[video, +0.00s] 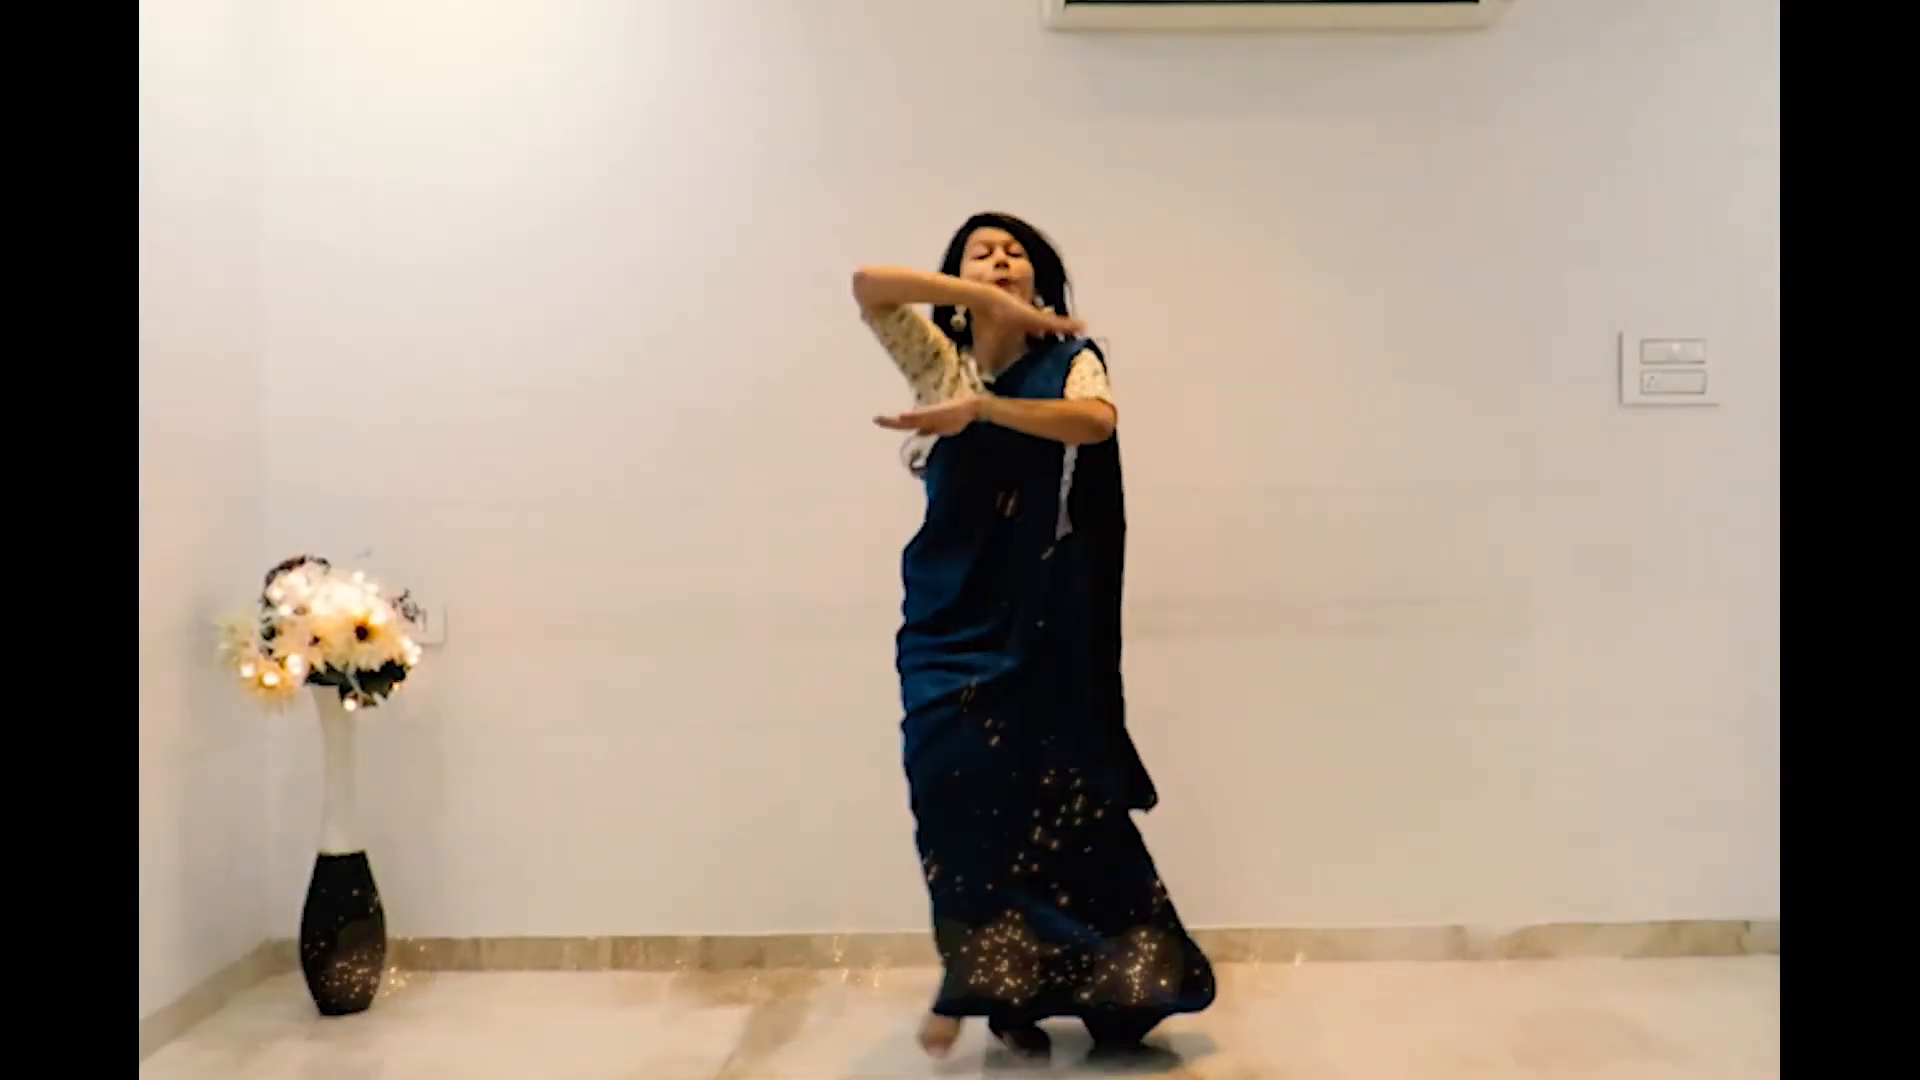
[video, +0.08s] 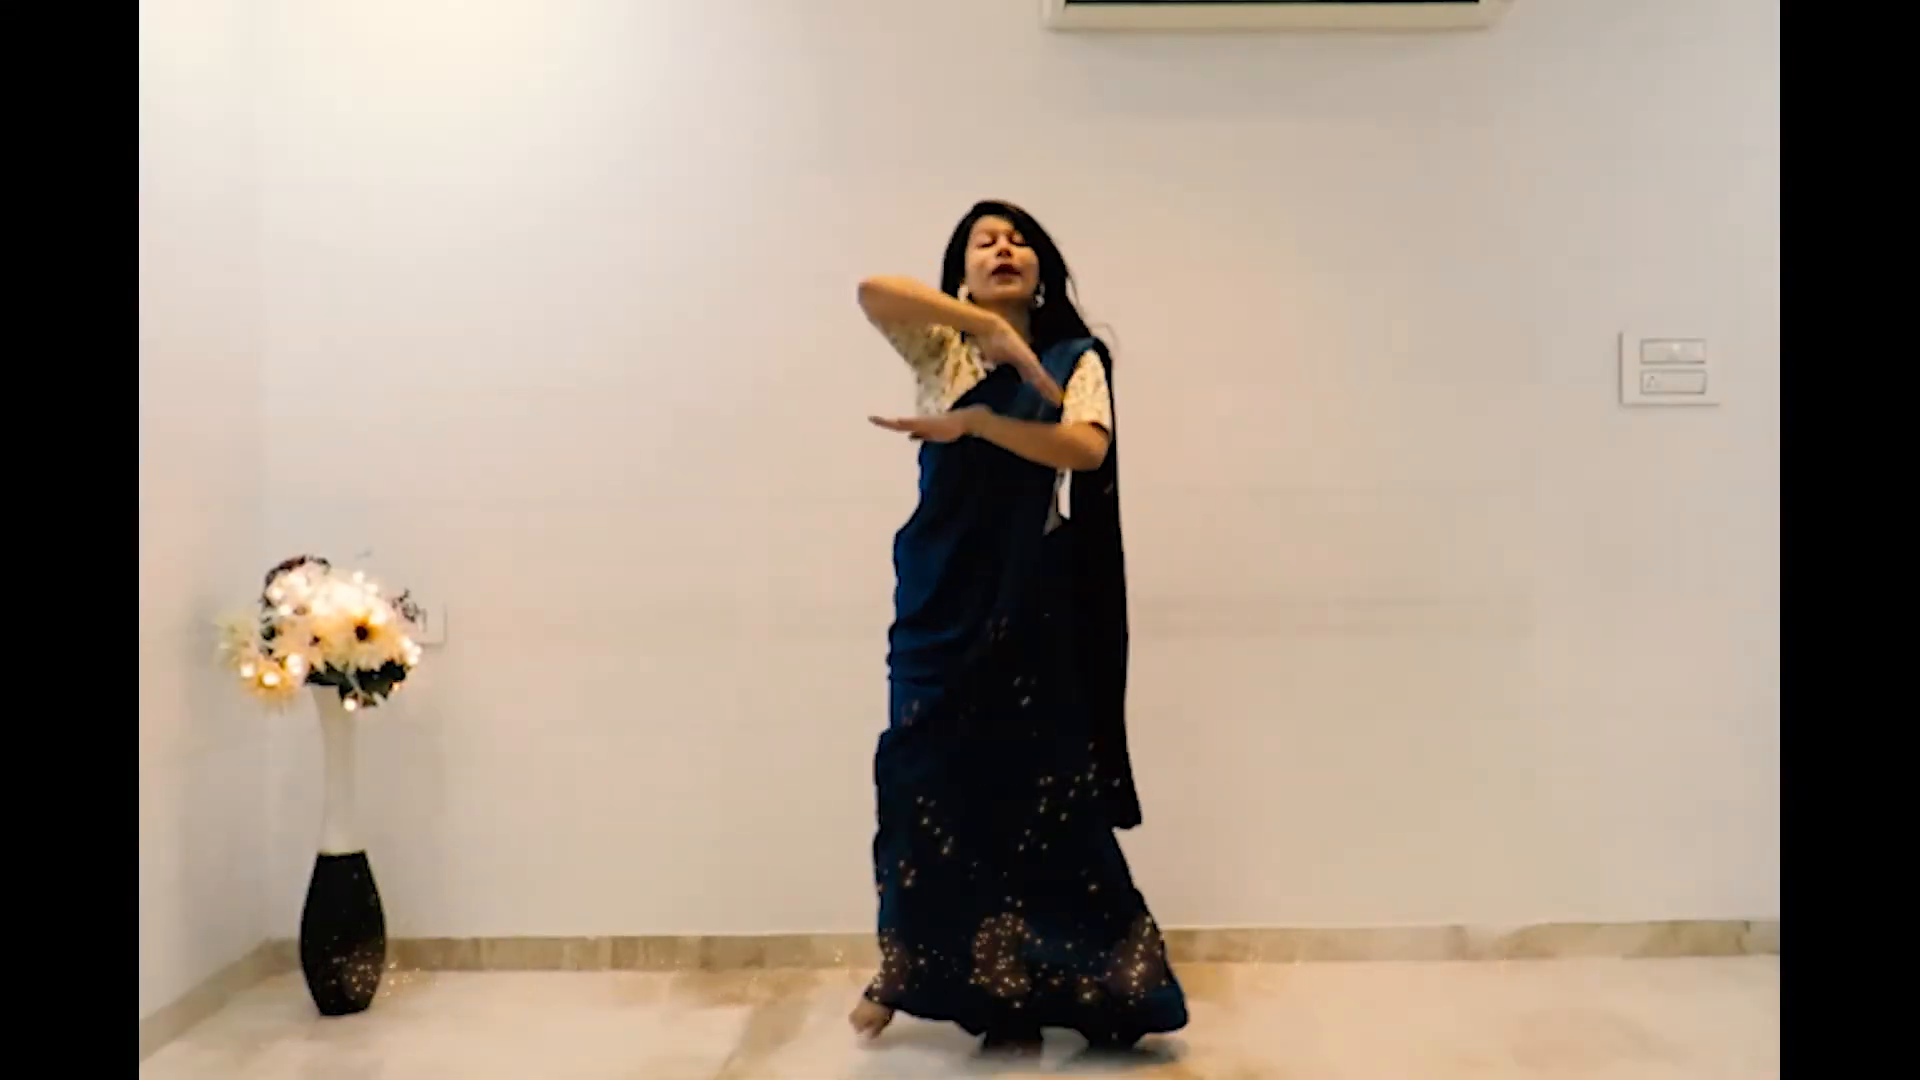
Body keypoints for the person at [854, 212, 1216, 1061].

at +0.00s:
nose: (1000, 261)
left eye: (1014, 253)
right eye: (982, 253)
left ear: (1042, 284)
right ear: (959, 287)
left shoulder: (1072, 357)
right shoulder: (941, 363)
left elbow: (1093, 420)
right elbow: (870, 285)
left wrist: (977, 407)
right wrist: (992, 300)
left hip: (1048, 620)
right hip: (950, 618)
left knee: (1057, 804)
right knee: (947, 790)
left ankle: (1106, 989)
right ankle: (963, 972)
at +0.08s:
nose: (1002, 249)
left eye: (1018, 240)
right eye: (984, 242)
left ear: (1045, 271)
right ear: (956, 274)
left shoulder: (1072, 355)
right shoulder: (940, 348)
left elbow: (1087, 447)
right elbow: (874, 293)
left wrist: (975, 422)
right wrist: (989, 323)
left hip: (1026, 595)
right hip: (937, 591)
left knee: (1024, 788)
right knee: (915, 774)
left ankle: (1022, 994)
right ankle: (895, 962)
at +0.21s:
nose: (1007, 281)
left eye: (1023, 270)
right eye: (991, 269)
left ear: (1050, 294)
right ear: (966, 291)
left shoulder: (1079, 400)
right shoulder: (925, 377)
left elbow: (1083, 527)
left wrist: (978, 506)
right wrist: (976, 442)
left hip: (1017, 622)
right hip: (924, 615)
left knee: (998, 799)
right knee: (907, 794)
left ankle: (1003, 987)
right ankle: (902, 984)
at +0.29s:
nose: (1001, 272)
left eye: (1017, 264)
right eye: (986, 262)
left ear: (1041, 294)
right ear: (960, 292)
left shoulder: (1076, 387)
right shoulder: (927, 380)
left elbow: (1103, 513)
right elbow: (888, 498)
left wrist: (1015, 558)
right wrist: (966, 417)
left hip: (1022, 618)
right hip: (928, 611)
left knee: (1008, 795)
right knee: (917, 787)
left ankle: (997, 980)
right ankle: (886, 979)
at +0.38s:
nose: (1000, 259)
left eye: (1015, 251)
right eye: (981, 251)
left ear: (1034, 287)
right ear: (953, 283)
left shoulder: (1071, 371)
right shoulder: (935, 366)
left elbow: (1125, 487)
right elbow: (912, 418)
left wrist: (1065, 554)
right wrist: (934, 302)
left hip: (1022, 614)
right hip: (928, 606)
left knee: (1010, 804)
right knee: (927, 792)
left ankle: (1001, 996)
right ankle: (897, 981)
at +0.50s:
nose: (989, 253)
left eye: (1005, 247)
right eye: (972, 244)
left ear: (1027, 281)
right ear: (947, 279)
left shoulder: (1063, 370)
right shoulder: (925, 371)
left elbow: (1123, 476)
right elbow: (936, 349)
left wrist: (1101, 550)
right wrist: (939, 256)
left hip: (1032, 618)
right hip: (937, 616)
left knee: (1021, 821)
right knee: (939, 818)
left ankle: (1010, 1030)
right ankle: (937, 1030)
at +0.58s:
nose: (990, 274)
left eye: (1005, 265)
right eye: (973, 262)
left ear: (1026, 293)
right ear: (943, 287)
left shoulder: (1060, 385)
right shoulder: (916, 376)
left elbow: (1110, 498)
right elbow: (943, 457)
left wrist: (1101, 585)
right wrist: (971, 385)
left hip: (1044, 630)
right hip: (950, 628)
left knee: (1033, 821)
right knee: (949, 820)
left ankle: (1027, 1015)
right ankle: (948, 1029)